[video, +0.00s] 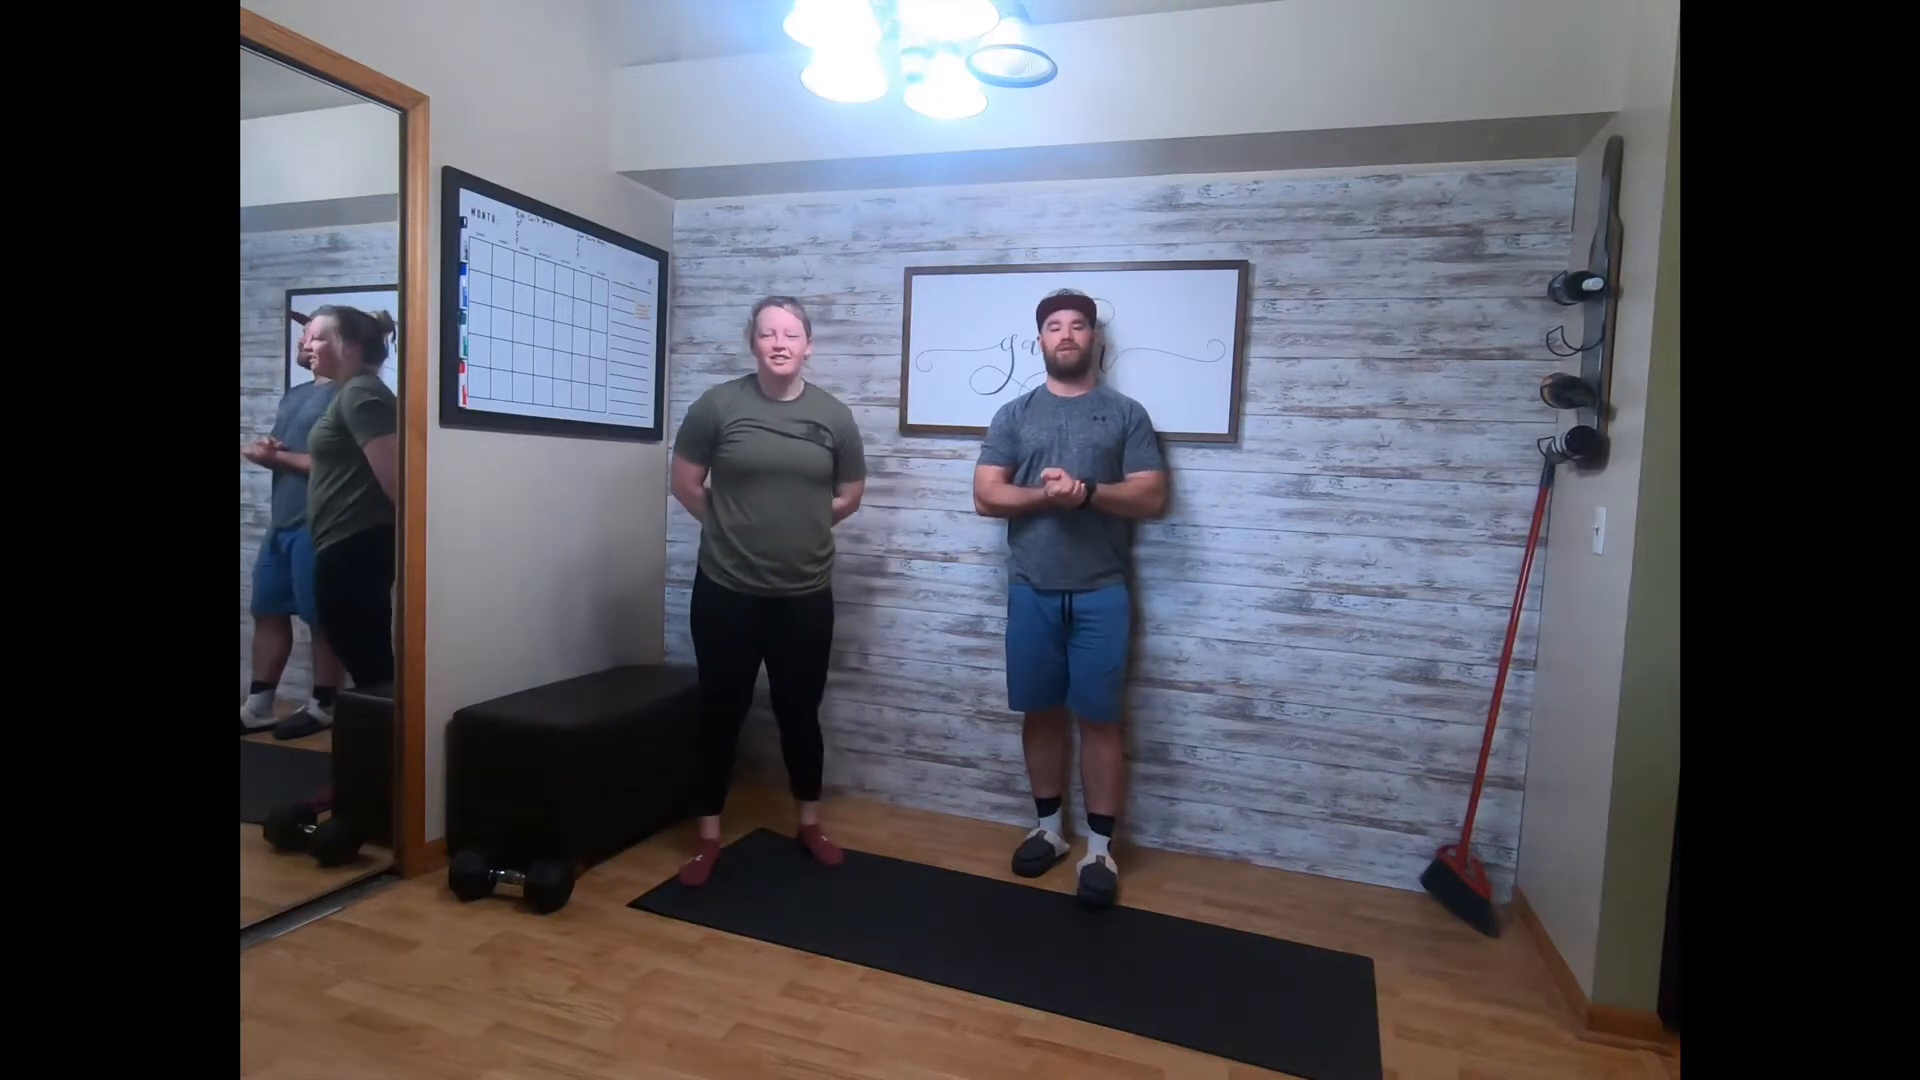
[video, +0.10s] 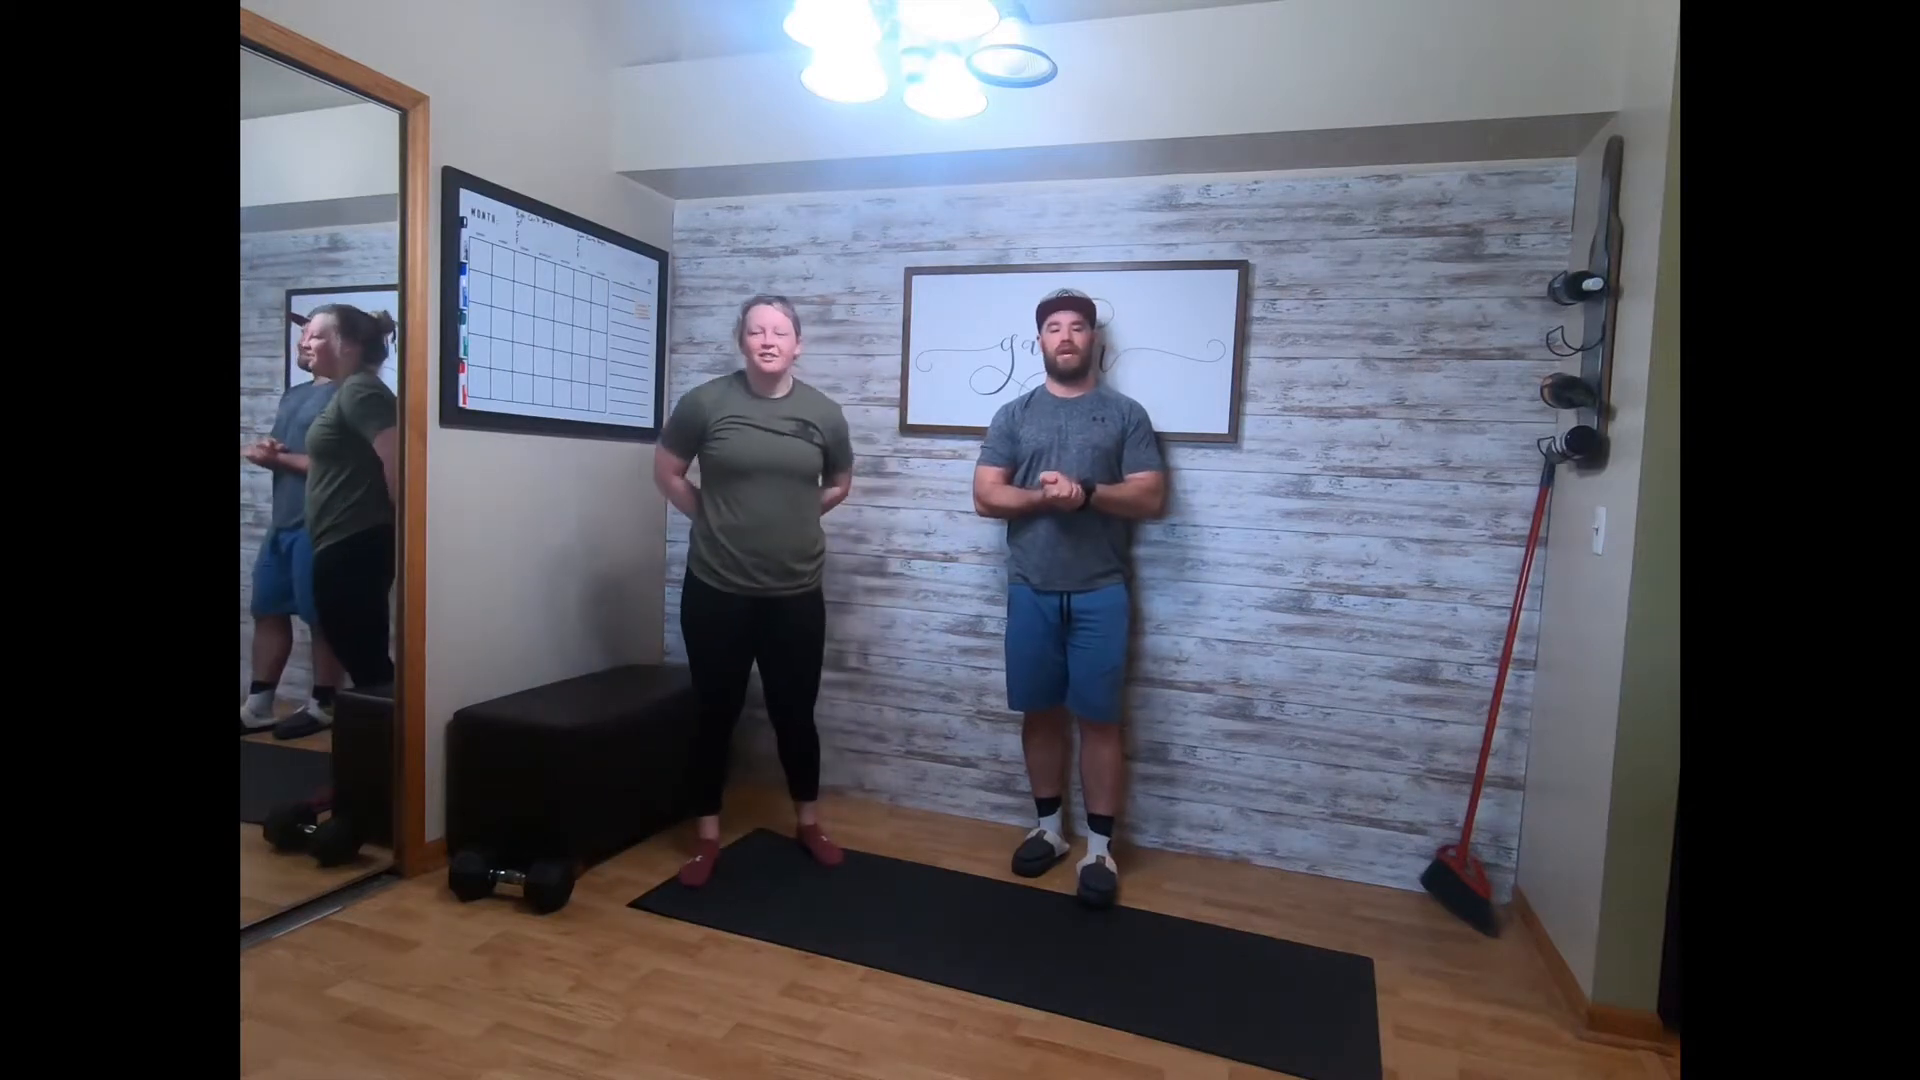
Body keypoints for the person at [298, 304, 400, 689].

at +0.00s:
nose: (311, 348)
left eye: (319, 339)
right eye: (312, 340)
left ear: (349, 345)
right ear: (349, 347)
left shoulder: (361, 393)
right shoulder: (348, 394)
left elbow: (398, 482)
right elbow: (338, 468)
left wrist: (425, 534)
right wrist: (282, 454)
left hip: (358, 540)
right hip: (345, 539)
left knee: (362, 650)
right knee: (360, 649)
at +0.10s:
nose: (308, 345)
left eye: (318, 337)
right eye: (309, 338)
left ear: (349, 345)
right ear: (345, 347)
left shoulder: (360, 390)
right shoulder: (344, 392)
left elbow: (397, 461)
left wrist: (407, 529)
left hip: (358, 538)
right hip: (342, 538)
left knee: (361, 649)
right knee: (355, 647)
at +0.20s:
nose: (309, 342)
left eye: (318, 335)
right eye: (310, 334)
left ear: (347, 343)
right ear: (349, 344)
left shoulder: (360, 389)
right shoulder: (346, 391)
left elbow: (399, 444)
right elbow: (337, 466)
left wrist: (384, 500)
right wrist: (283, 457)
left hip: (356, 542)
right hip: (340, 542)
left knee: (361, 657)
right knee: (357, 655)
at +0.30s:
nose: (311, 341)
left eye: (320, 334)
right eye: (312, 333)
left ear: (349, 343)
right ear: (351, 344)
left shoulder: (362, 386)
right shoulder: (348, 390)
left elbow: (390, 444)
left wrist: (336, 486)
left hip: (357, 543)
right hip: (343, 541)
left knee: (357, 651)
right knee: (349, 649)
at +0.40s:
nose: (315, 341)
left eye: (325, 333)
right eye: (316, 333)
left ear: (352, 342)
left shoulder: (365, 383)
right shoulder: (345, 389)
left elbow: (383, 438)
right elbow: (332, 465)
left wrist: (306, 438)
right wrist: (283, 458)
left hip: (359, 539)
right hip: (339, 539)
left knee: (355, 651)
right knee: (348, 649)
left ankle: (385, 754)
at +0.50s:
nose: (314, 339)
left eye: (324, 332)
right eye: (317, 331)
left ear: (353, 342)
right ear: (351, 345)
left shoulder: (367, 383)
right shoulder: (348, 386)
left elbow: (367, 445)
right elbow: (352, 449)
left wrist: (319, 416)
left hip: (358, 542)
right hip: (344, 540)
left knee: (357, 656)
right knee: (352, 654)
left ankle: (377, 763)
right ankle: (369, 760)